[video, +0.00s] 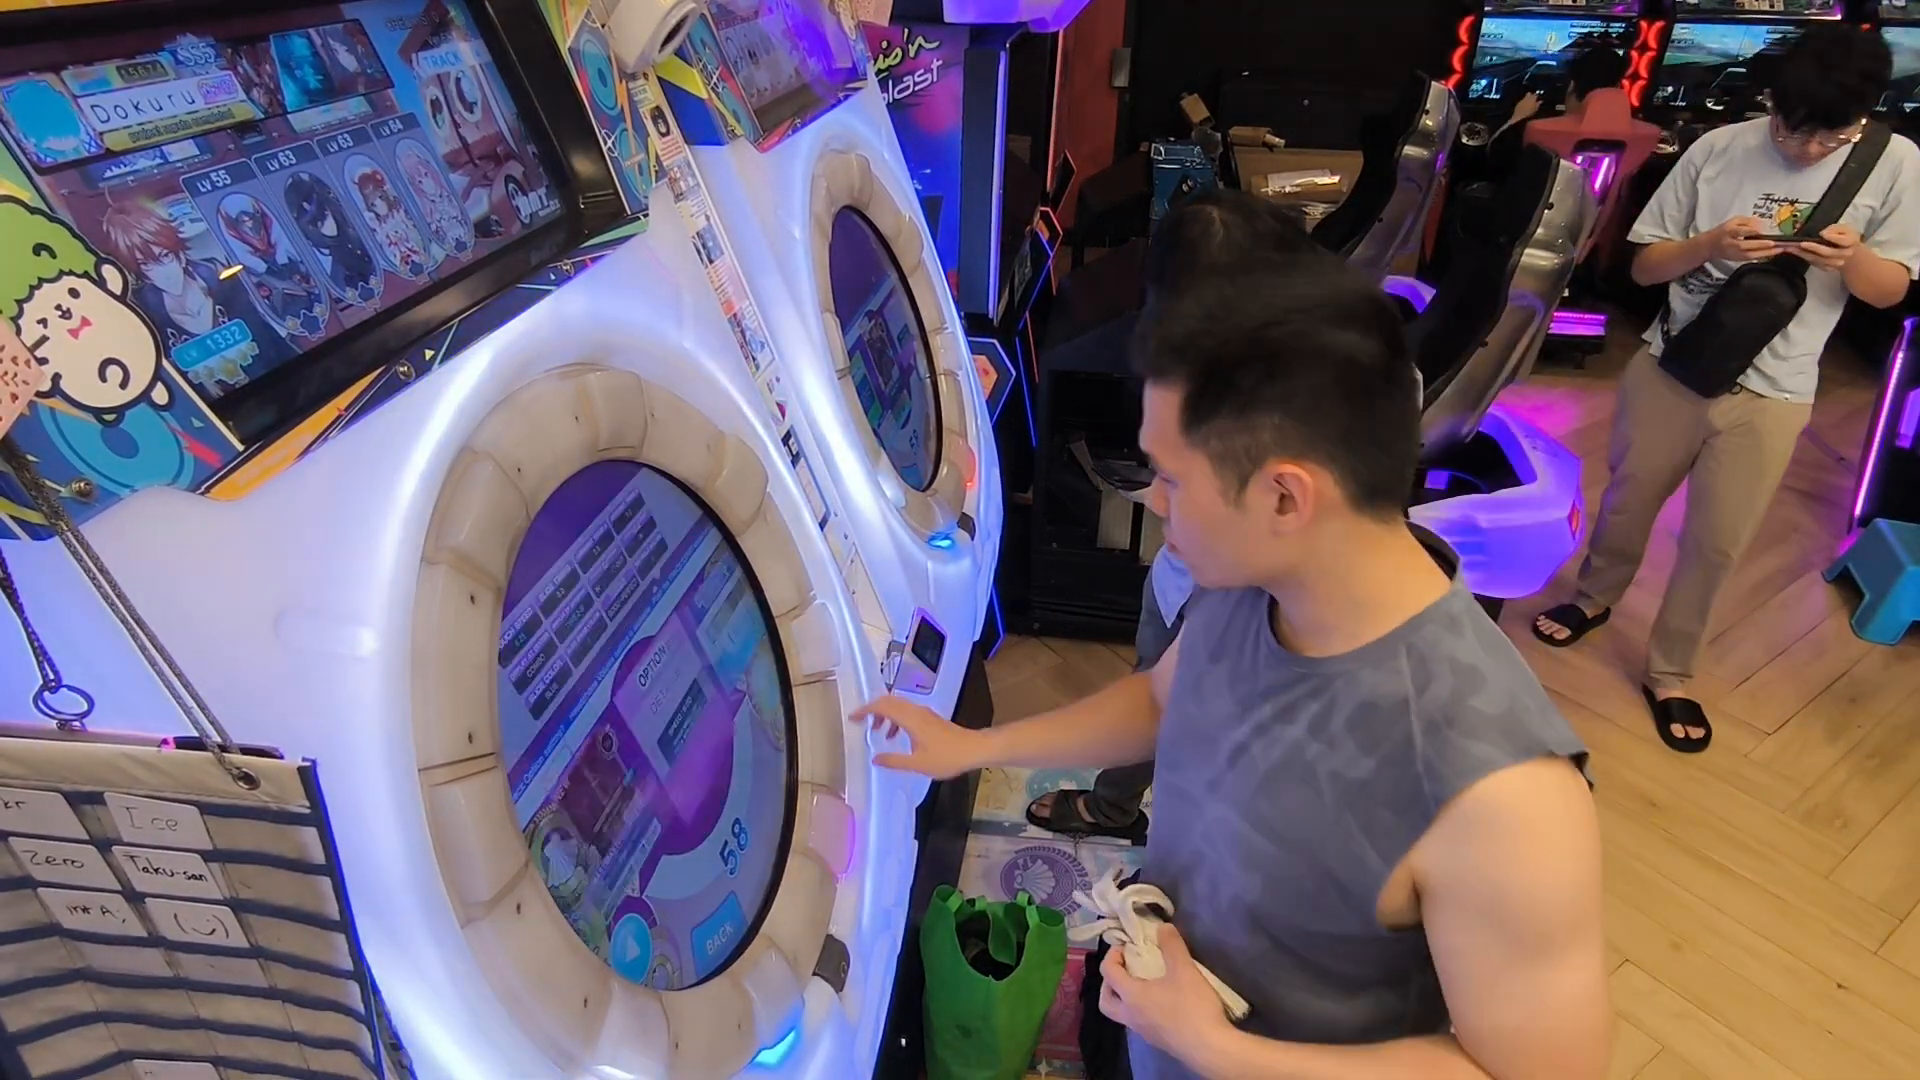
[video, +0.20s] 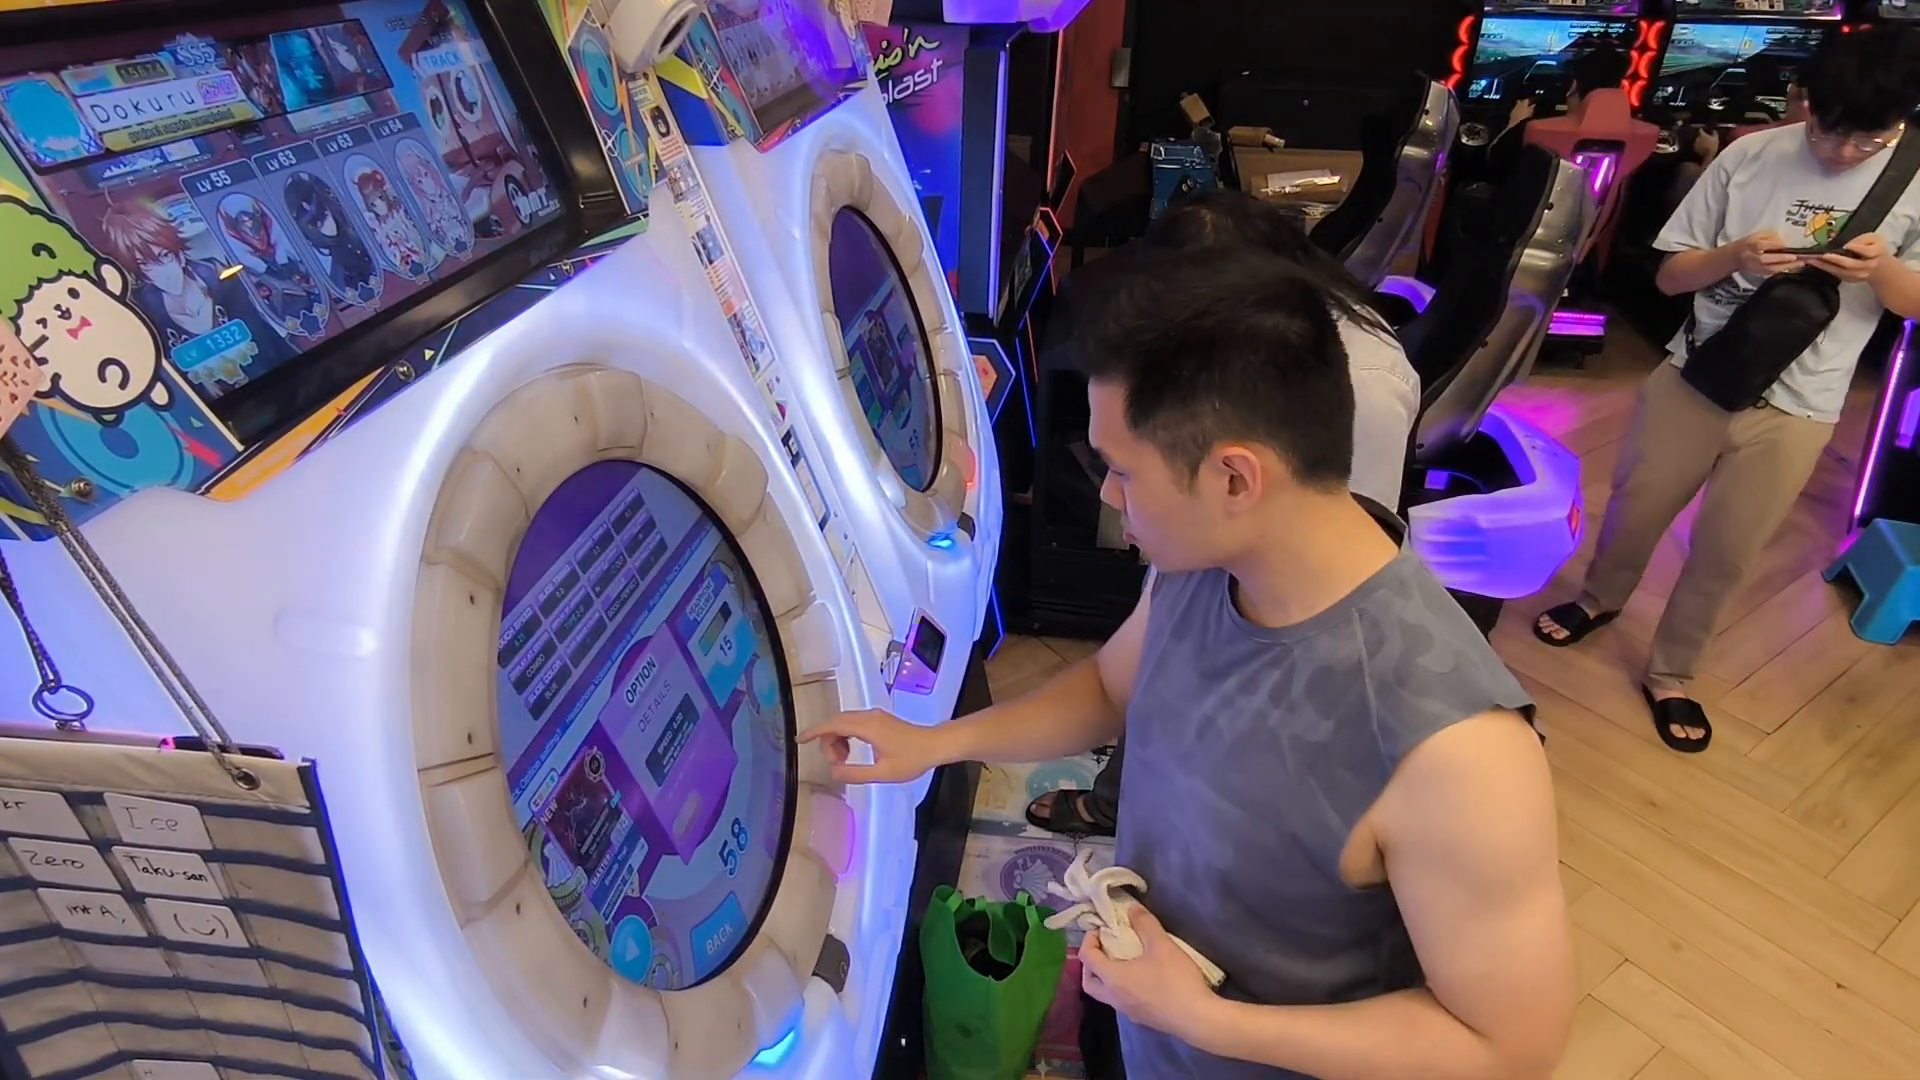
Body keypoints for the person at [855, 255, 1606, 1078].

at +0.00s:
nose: (1151, 503)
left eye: (1169, 479)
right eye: (1154, 472)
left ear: (1288, 500)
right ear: (1287, 502)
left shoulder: (1498, 785)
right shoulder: (1240, 595)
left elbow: (1523, 1065)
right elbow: (1156, 704)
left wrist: (1227, 1051)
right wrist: (978, 745)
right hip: (1134, 1032)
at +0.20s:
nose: (1109, 499)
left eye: (1119, 472)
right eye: (1105, 468)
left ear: (1237, 479)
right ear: (1239, 480)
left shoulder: (1448, 742)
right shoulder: (1200, 572)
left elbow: (1506, 1042)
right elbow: (1104, 693)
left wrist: (1211, 1021)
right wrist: (938, 741)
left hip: (1262, 1070)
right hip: (1126, 1033)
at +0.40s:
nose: (1101, 498)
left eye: (1116, 473)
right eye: (1098, 469)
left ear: (1232, 475)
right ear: (1228, 478)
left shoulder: (1436, 738)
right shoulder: (1180, 564)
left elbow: (1487, 1036)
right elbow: (1077, 701)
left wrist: (1191, 1010)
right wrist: (910, 750)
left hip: (1257, 1066)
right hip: (1126, 1027)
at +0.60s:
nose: (1107, 512)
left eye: (1122, 489)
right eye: (1105, 482)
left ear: (1249, 492)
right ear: (1250, 492)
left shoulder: (1454, 756)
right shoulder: (1203, 568)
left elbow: (1484, 1048)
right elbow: (1127, 707)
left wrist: (1193, 1033)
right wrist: (980, 815)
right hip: (1108, 1023)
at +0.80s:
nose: (1126, 527)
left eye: (1148, 509)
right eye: (1127, 492)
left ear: (1286, 518)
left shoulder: (1470, 795)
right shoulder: (1195, 574)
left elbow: (1489, 1069)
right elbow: (1146, 732)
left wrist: (1190, 1057)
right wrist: (1027, 855)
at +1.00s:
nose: (1148, 535)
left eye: (1177, 520)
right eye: (1151, 500)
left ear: (1321, 548)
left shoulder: (1486, 840)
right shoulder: (1235, 599)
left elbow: (1465, 1066)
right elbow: (1147, 741)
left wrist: (1171, 1062)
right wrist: (1010, 871)